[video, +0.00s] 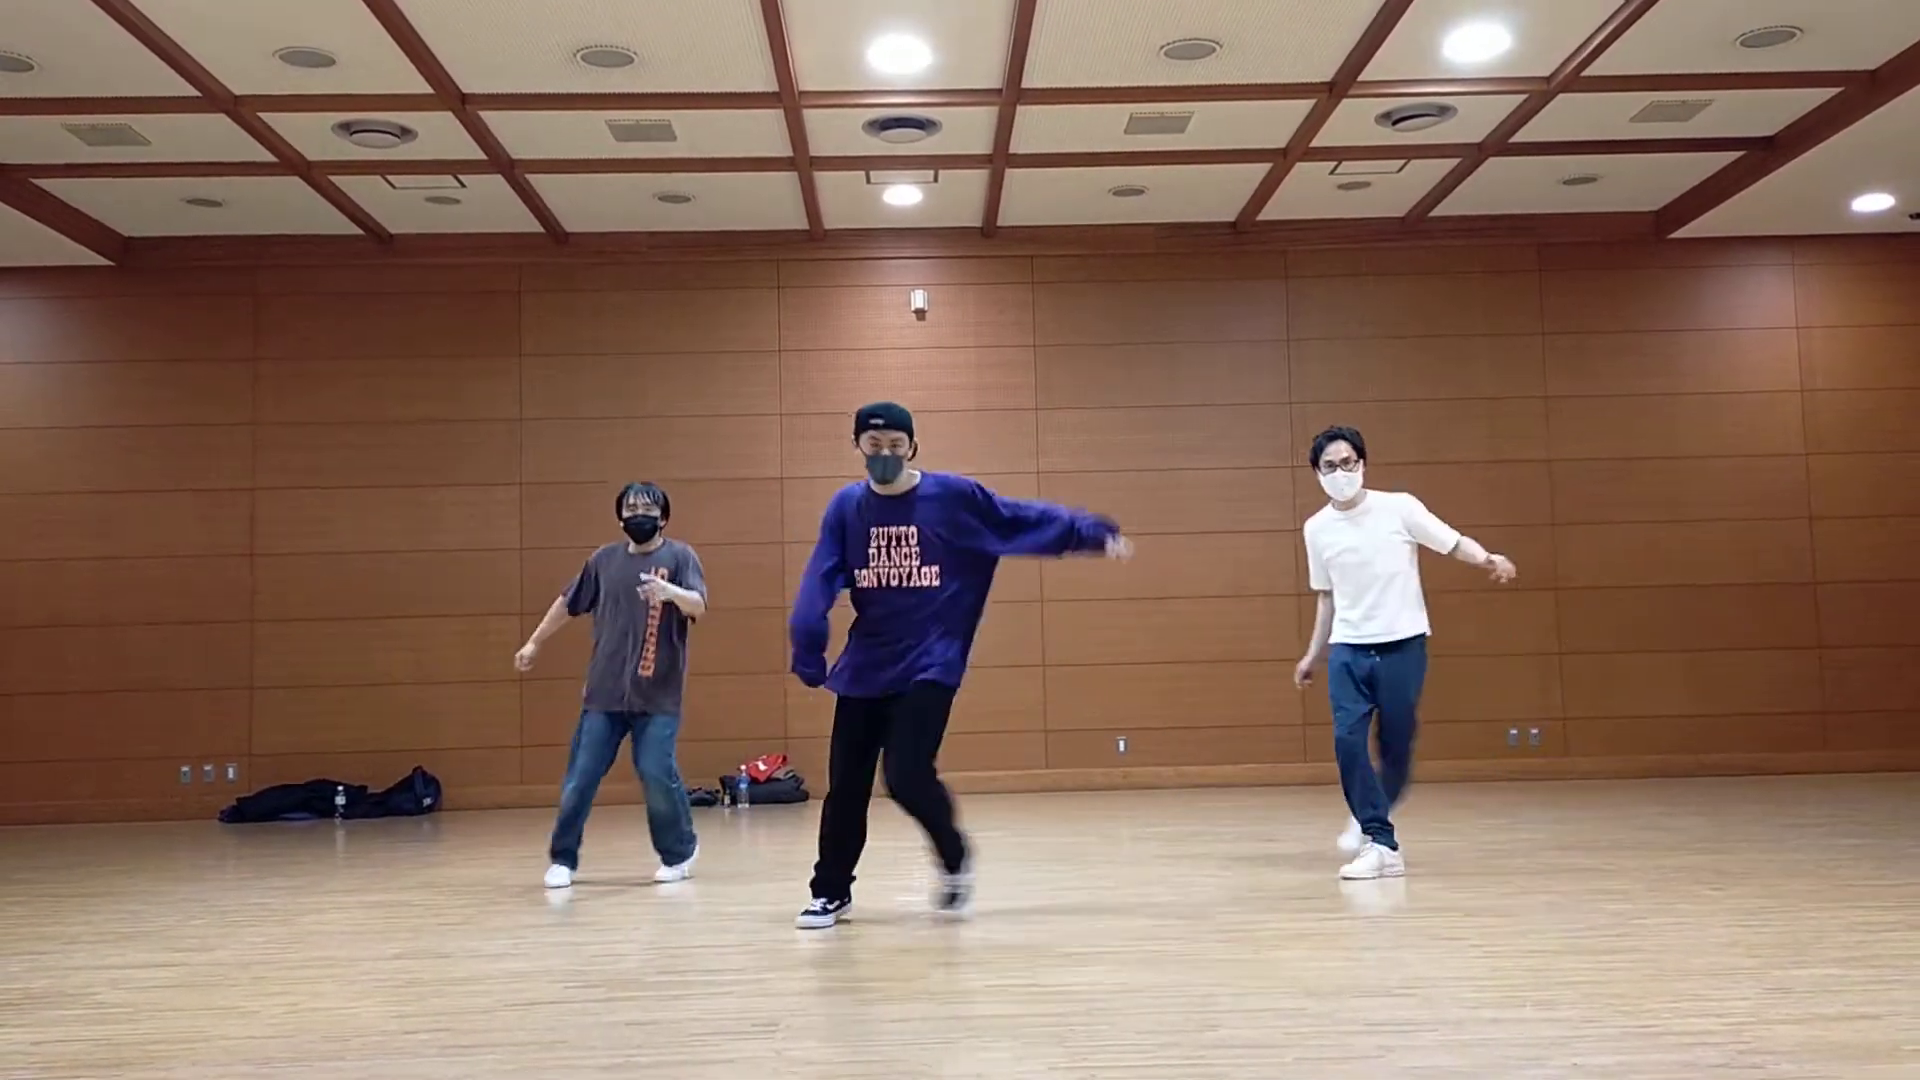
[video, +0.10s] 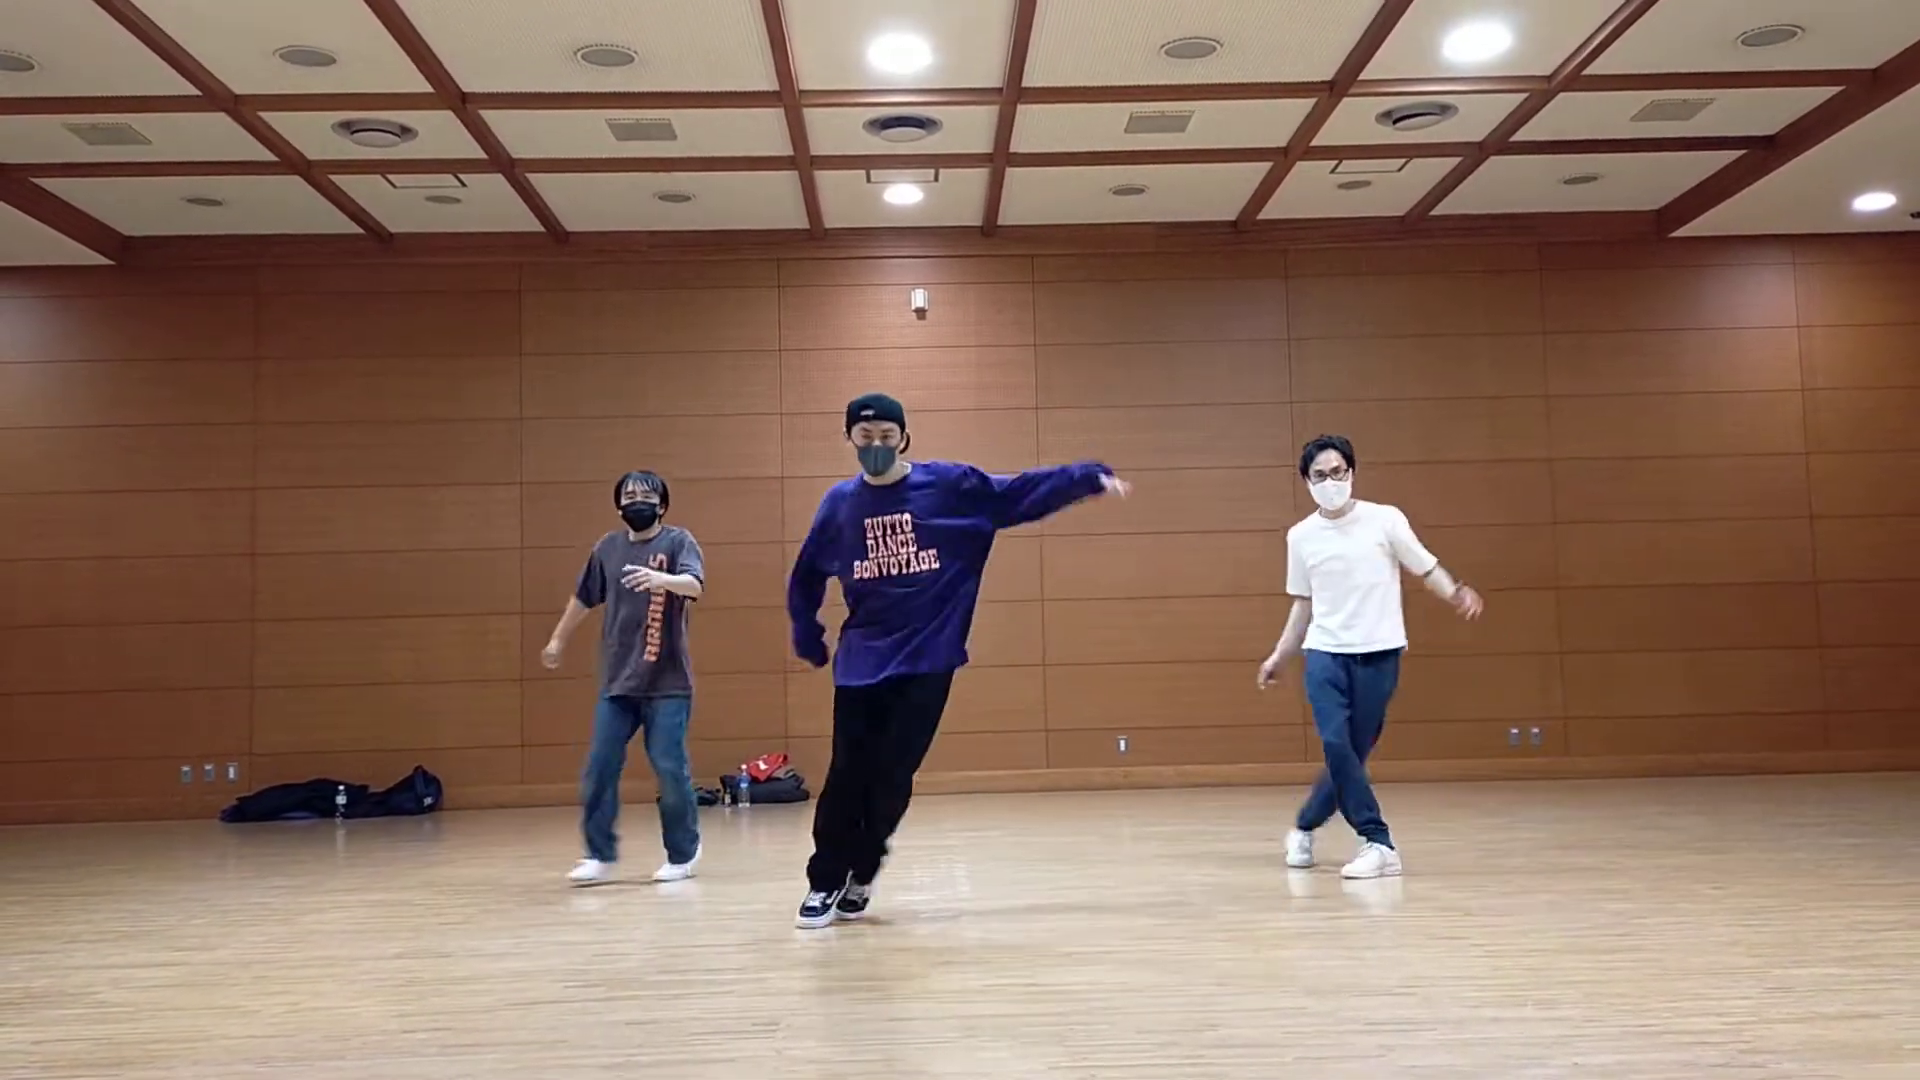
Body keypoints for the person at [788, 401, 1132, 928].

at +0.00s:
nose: (884, 451)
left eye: (894, 443)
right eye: (874, 442)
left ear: (911, 448)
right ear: (859, 447)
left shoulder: (951, 497)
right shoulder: (848, 508)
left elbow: (1020, 520)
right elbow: (819, 581)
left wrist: (1088, 530)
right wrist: (807, 646)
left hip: (933, 656)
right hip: (869, 658)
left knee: (905, 774)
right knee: (847, 783)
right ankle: (831, 892)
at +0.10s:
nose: (874, 443)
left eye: (884, 434)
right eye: (864, 434)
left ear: (902, 438)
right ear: (851, 440)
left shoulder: (947, 485)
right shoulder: (841, 505)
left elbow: (1018, 494)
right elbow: (807, 575)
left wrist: (1084, 477)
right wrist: (806, 636)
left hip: (930, 650)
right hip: (864, 649)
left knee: (891, 770)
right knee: (850, 766)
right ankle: (825, 882)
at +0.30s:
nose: (882, 470)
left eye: (892, 461)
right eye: (872, 462)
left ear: (911, 462)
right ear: (858, 466)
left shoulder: (951, 518)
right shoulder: (852, 516)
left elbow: (1016, 538)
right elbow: (847, 586)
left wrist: (1048, 482)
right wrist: (848, 642)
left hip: (920, 674)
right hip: (853, 664)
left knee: (881, 784)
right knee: (854, 777)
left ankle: (851, 878)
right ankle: (889, 893)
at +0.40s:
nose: (889, 474)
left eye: (899, 466)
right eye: (879, 466)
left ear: (918, 470)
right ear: (867, 473)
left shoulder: (955, 524)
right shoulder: (862, 531)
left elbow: (1009, 546)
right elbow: (864, 602)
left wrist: (1019, 484)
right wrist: (858, 656)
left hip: (927, 685)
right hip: (860, 675)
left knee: (890, 796)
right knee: (865, 784)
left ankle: (851, 876)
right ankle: (900, 898)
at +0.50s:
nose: (901, 475)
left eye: (911, 465)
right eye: (890, 466)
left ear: (929, 468)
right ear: (876, 471)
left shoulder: (964, 518)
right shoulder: (877, 531)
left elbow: (1006, 517)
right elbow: (860, 607)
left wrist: (993, 446)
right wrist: (845, 673)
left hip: (942, 685)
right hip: (876, 679)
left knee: (915, 803)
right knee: (868, 788)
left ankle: (875, 863)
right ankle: (900, 900)